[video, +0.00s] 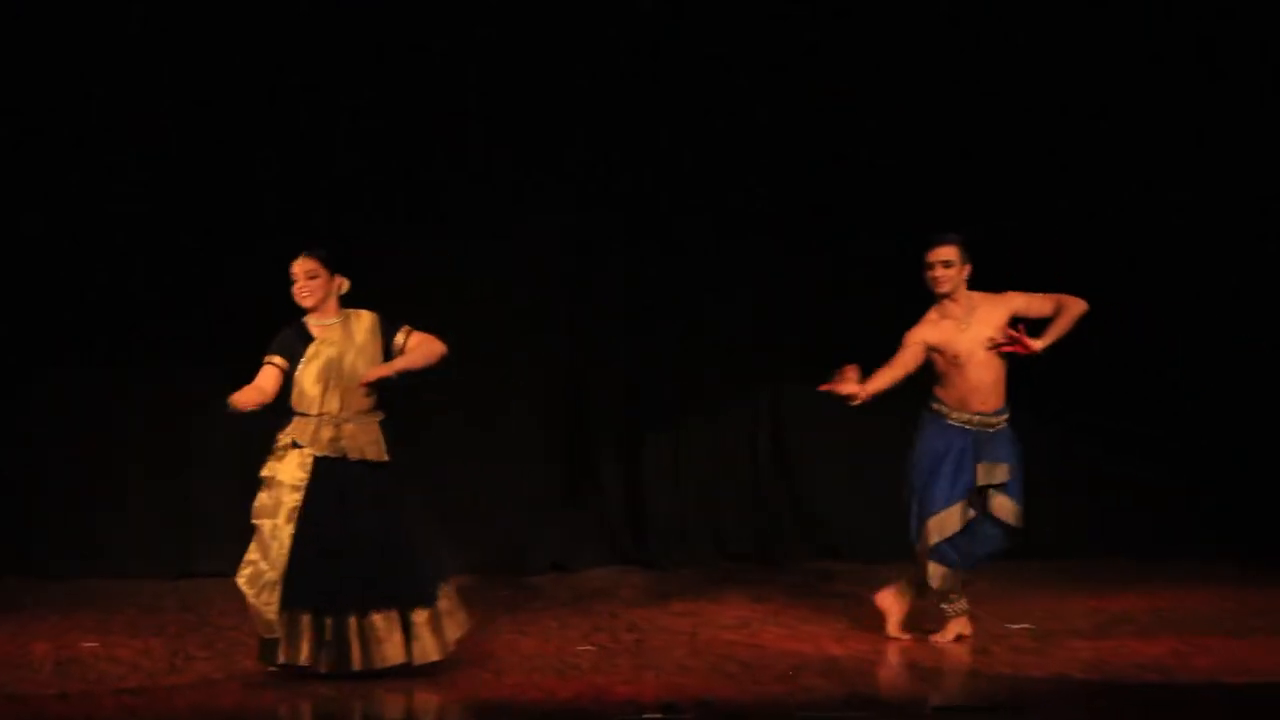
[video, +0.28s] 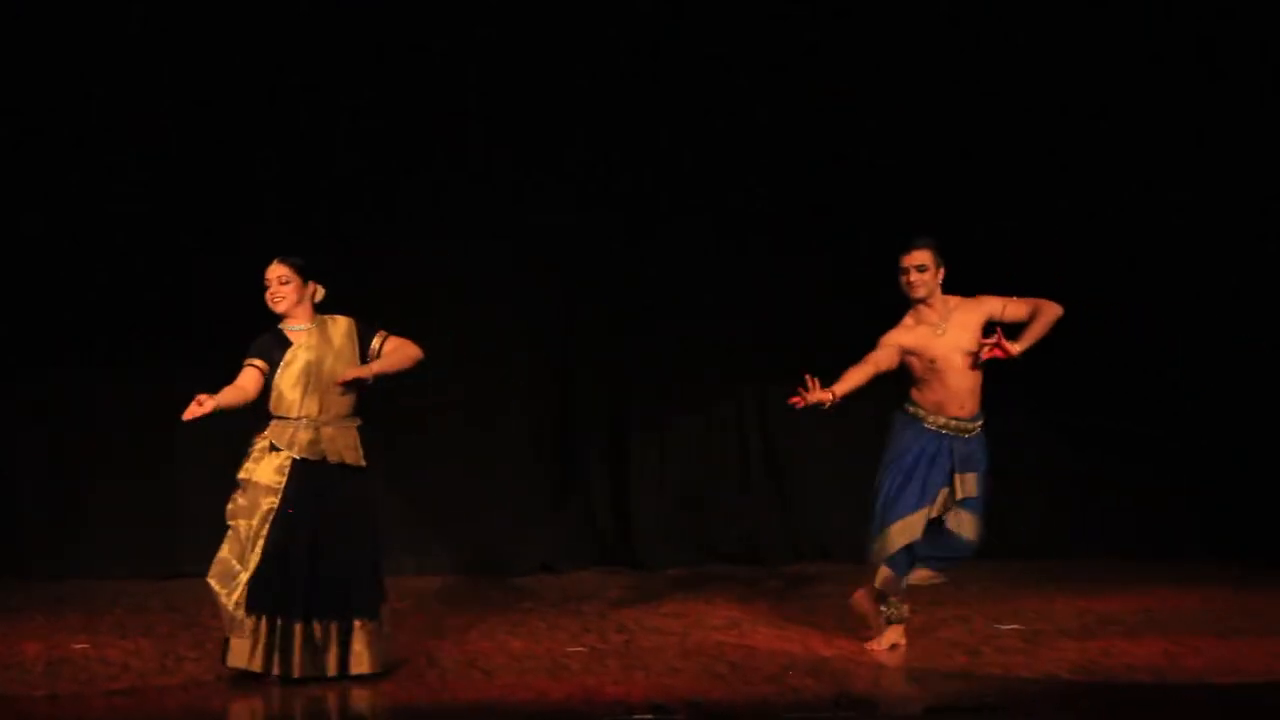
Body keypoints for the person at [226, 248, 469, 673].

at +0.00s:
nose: (301, 286)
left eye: (310, 277)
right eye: (295, 281)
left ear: (335, 282)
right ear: (292, 290)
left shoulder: (369, 326)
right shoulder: (293, 337)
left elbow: (434, 347)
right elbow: (265, 386)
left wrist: (388, 369)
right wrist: (244, 398)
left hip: (361, 452)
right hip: (305, 452)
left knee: (368, 544)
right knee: (302, 545)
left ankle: (372, 647)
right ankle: (307, 647)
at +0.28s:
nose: (274, 291)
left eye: (283, 282)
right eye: (269, 286)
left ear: (310, 288)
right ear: (267, 296)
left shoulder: (346, 331)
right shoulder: (271, 343)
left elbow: (410, 351)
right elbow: (245, 387)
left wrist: (370, 369)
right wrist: (215, 401)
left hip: (338, 457)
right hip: (282, 457)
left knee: (341, 552)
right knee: (275, 552)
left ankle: (344, 654)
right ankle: (275, 655)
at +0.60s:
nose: (280, 279)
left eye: (288, 272)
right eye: (270, 273)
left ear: (302, 281)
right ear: (259, 284)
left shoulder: (330, 328)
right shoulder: (250, 331)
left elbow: (396, 346)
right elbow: (194, 365)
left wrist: (371, 337)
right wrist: (251, 363)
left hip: (315, 456)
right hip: (257, 454)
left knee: (328, 552)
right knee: (247, 552)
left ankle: (326, 659)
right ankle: (236, 659)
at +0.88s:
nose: (349, 278)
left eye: (351, 273)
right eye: (338, 271)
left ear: (352, 285)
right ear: (312, 281)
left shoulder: (363, 330)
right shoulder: (288, 329)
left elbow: (405, 329)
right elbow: (229, 340)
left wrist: (442, 282)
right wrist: (289, 348)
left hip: (343, 455)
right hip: (288, 453)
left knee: (349, 551)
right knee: (281, 549)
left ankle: (346, 658)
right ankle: (275, 654)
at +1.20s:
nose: (355, 287)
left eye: (357, 282)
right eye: (344, 280)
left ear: (358, 294)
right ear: (317, 290)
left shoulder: (367, 339)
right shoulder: (293, 335)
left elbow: (414, 333)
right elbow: (232, 344)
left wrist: (437, 282)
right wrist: (292, 352)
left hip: (351, 459)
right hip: (298, 461)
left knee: (369, 552)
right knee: (311, 557)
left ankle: (381, 661)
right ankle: (325, 659)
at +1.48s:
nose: (333, 281)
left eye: (337, 275)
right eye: (321, 274)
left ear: (344, 289)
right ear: (298, 288)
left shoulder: (357, 335)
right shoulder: (280, 340)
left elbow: (422, 359)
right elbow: (224, 342)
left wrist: (387, 346)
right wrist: (252, 302)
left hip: (344, 459)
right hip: (289, 460)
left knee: (364, 554)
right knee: (284, 560)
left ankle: (380, 662)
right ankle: (290, 665)